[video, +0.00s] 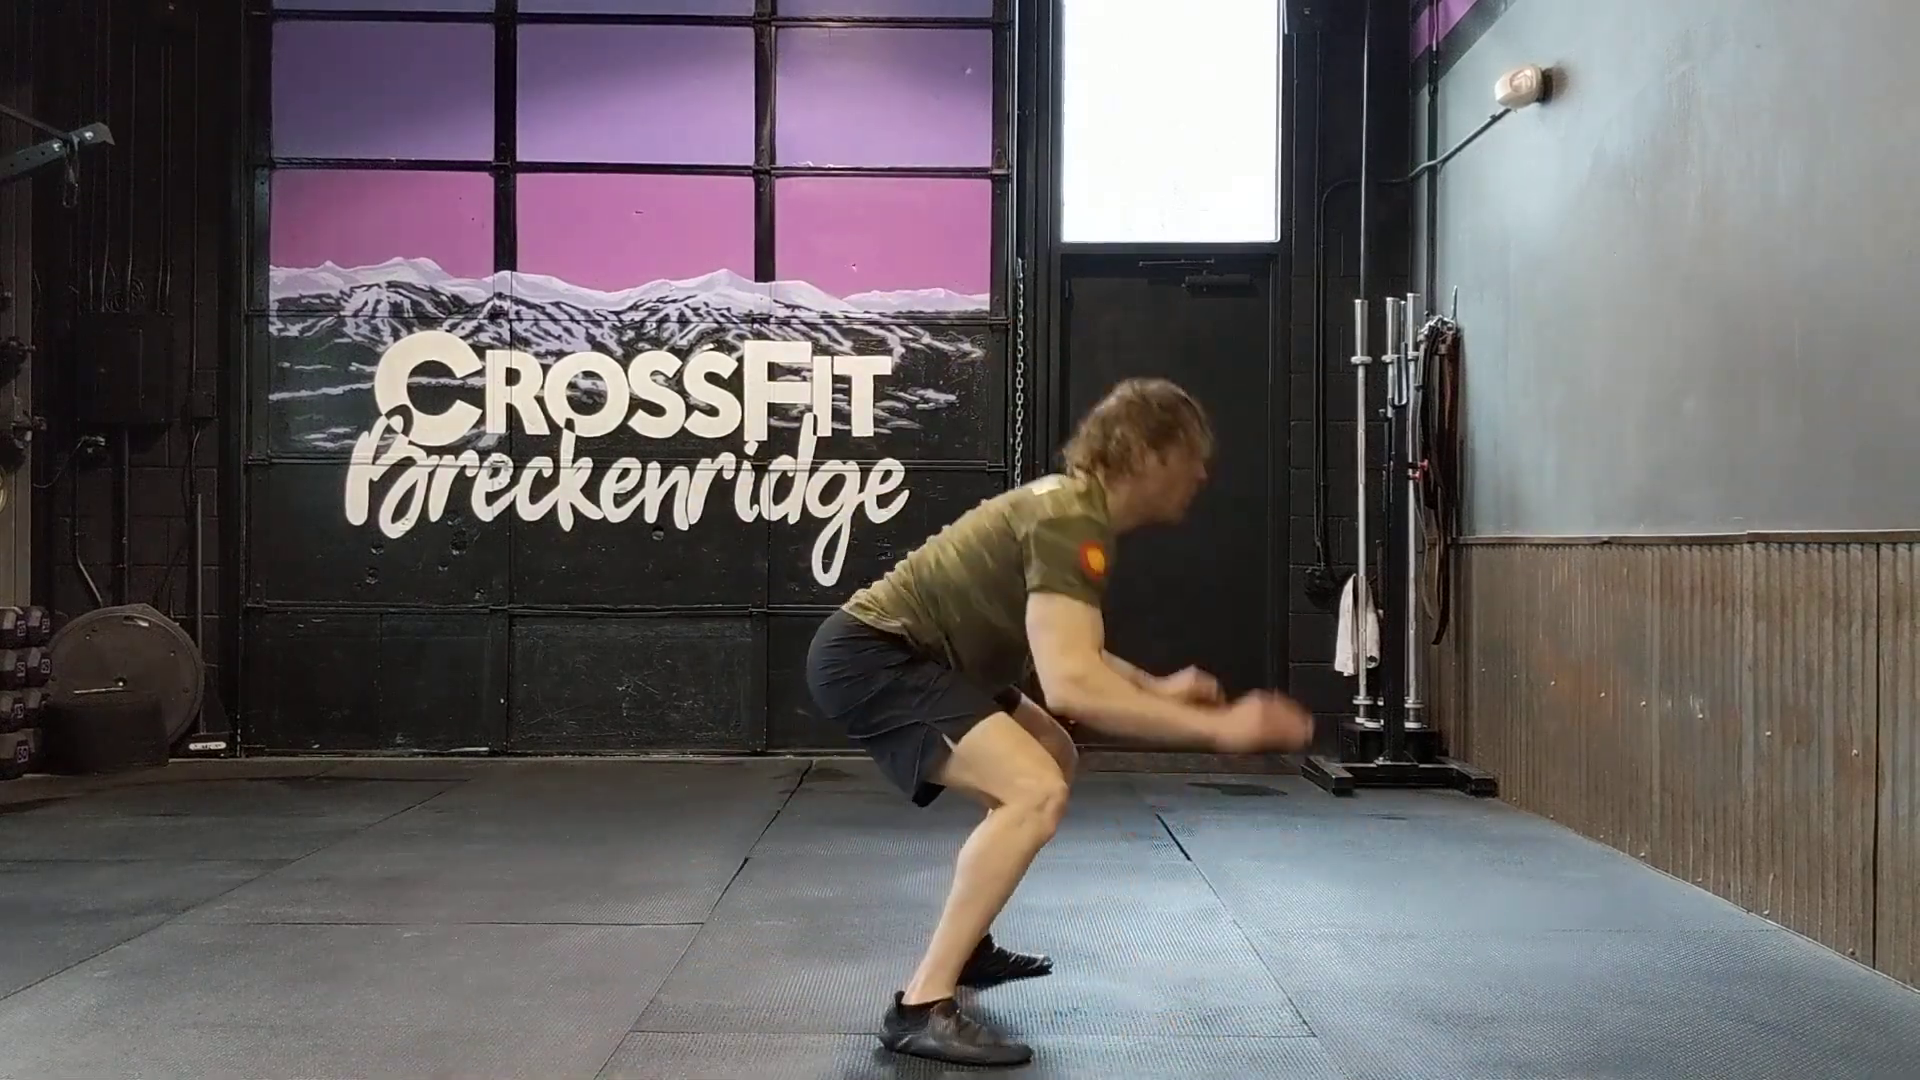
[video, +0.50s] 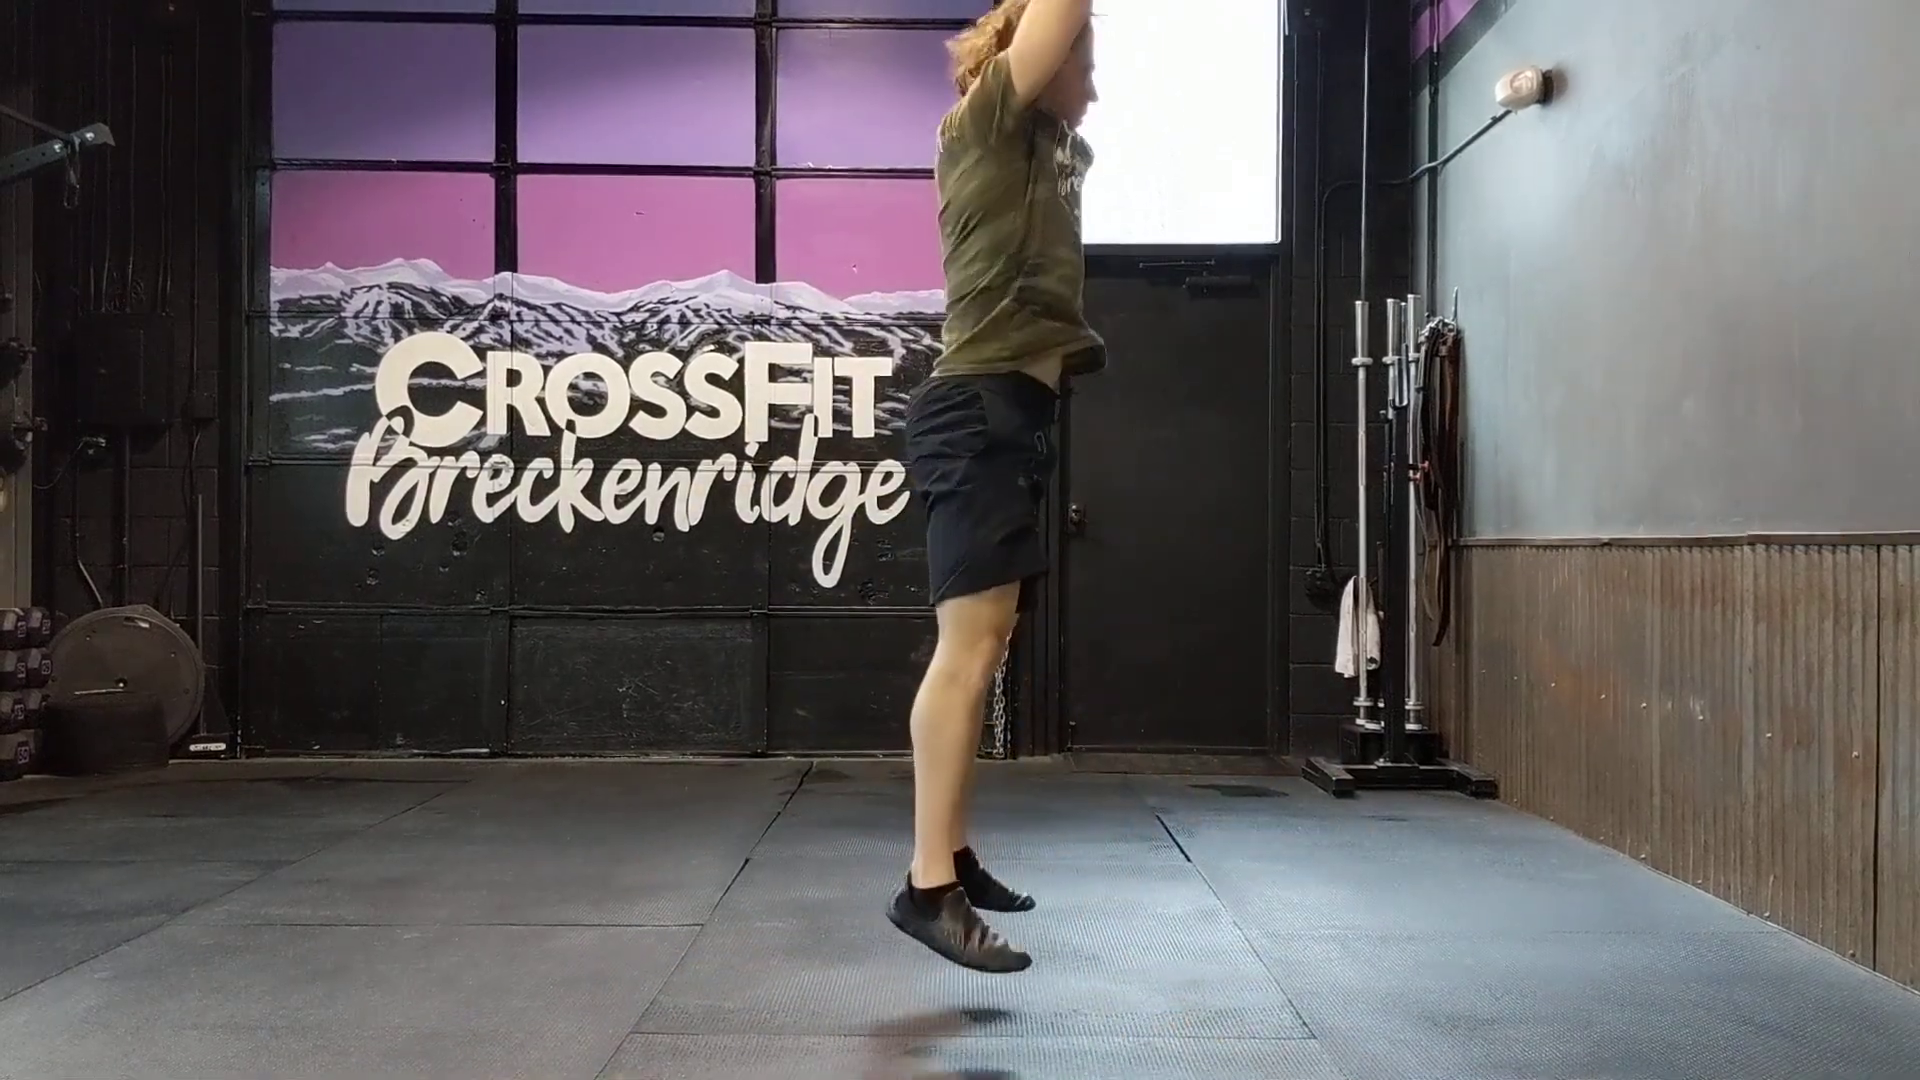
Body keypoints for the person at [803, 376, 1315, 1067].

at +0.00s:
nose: (1204, 475)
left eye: (1204, 459)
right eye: (1195, 457)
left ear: (1139, 458)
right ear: (1144, 457)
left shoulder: (1080, 515)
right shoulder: (1067, 516)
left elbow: (1074, 653)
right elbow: (1072, 683)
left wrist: (1156, 690)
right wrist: (1219, 725)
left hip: (915, 649)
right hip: (872, 654)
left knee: (1050, 752)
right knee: (1034, 791)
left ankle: (964, 947)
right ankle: (922, 1005)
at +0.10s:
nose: (1161, 381)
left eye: (1162, 367)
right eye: (1151, 367)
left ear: (1088, 367)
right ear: (1102, 366)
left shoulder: (1060, 434)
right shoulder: (1035, 442)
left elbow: (1086, 512)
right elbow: (1106, 546)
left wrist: (1150, 457)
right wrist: (1219, 454)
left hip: (942, 639)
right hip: (899, 641)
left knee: (1068, 757)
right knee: (1049, 796)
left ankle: (965, 947)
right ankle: (925, 1005)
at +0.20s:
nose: (1114, 267)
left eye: (1117, 253)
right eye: (1107, 250)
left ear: (1056, 243)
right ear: (1067, 245)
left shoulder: (1028, 315)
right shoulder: (1015, 321)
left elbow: (1131, 320)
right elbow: (1134, 325)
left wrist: (1154, 192)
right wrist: (1161, 185)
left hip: (975, 576)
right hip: (937, 575)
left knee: (1043, 743)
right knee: (1023, 767)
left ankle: (969, 937)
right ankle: (924, 998)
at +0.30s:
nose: (1095, 143)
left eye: (1096, 127)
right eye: (1088, 124)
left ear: (1036, 127)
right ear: (1053, 127)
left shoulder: (1028, 204)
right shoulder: (1010, 199)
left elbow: (1118, 117)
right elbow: (1128, 115)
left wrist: (1092, 25)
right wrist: (1120, 13)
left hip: (998, 476)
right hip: (965, 474)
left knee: (986, 689)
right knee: (972, 691)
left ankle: (967, 885)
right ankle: (932, 931)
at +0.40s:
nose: (1097, 87)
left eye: (1098, 66)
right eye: (1087, 63)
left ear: (1045, 66)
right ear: (1033, 57)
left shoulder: (1025, 147)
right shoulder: (996, 134)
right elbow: (1093, 4)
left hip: (1004, 413)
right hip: (973, 413)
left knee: (981, 640)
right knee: (969, 642)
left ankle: (946, 845)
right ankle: (919, 882)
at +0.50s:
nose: (1088, 74)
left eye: (1089, 57)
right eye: (1079, 54)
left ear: (1042, 60)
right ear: (1029, 54)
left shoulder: (1029, 138)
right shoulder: (990, 123)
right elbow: (1060, 4)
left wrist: (1027, 45)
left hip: (1008, 411)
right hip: (978, 411)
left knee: (980, 644)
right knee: (969, 646)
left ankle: (947, 850)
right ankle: (927, 886)